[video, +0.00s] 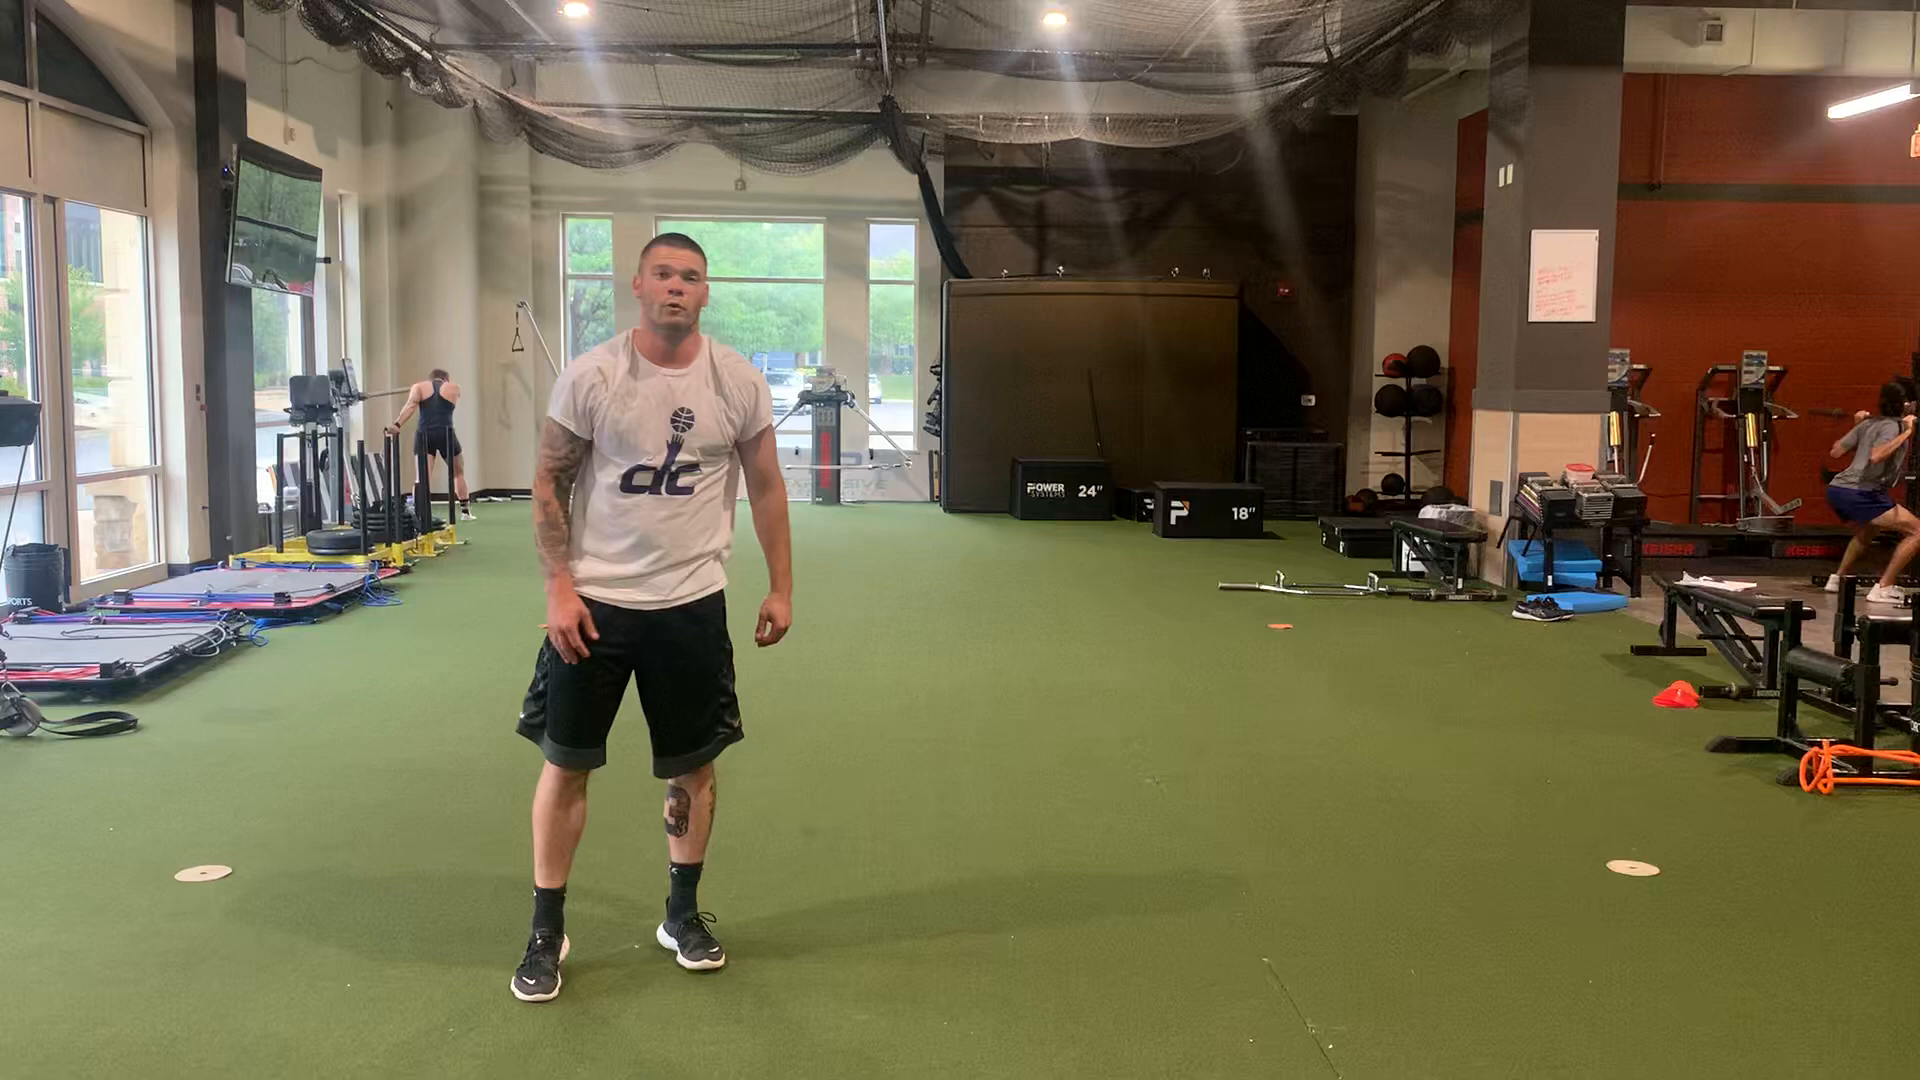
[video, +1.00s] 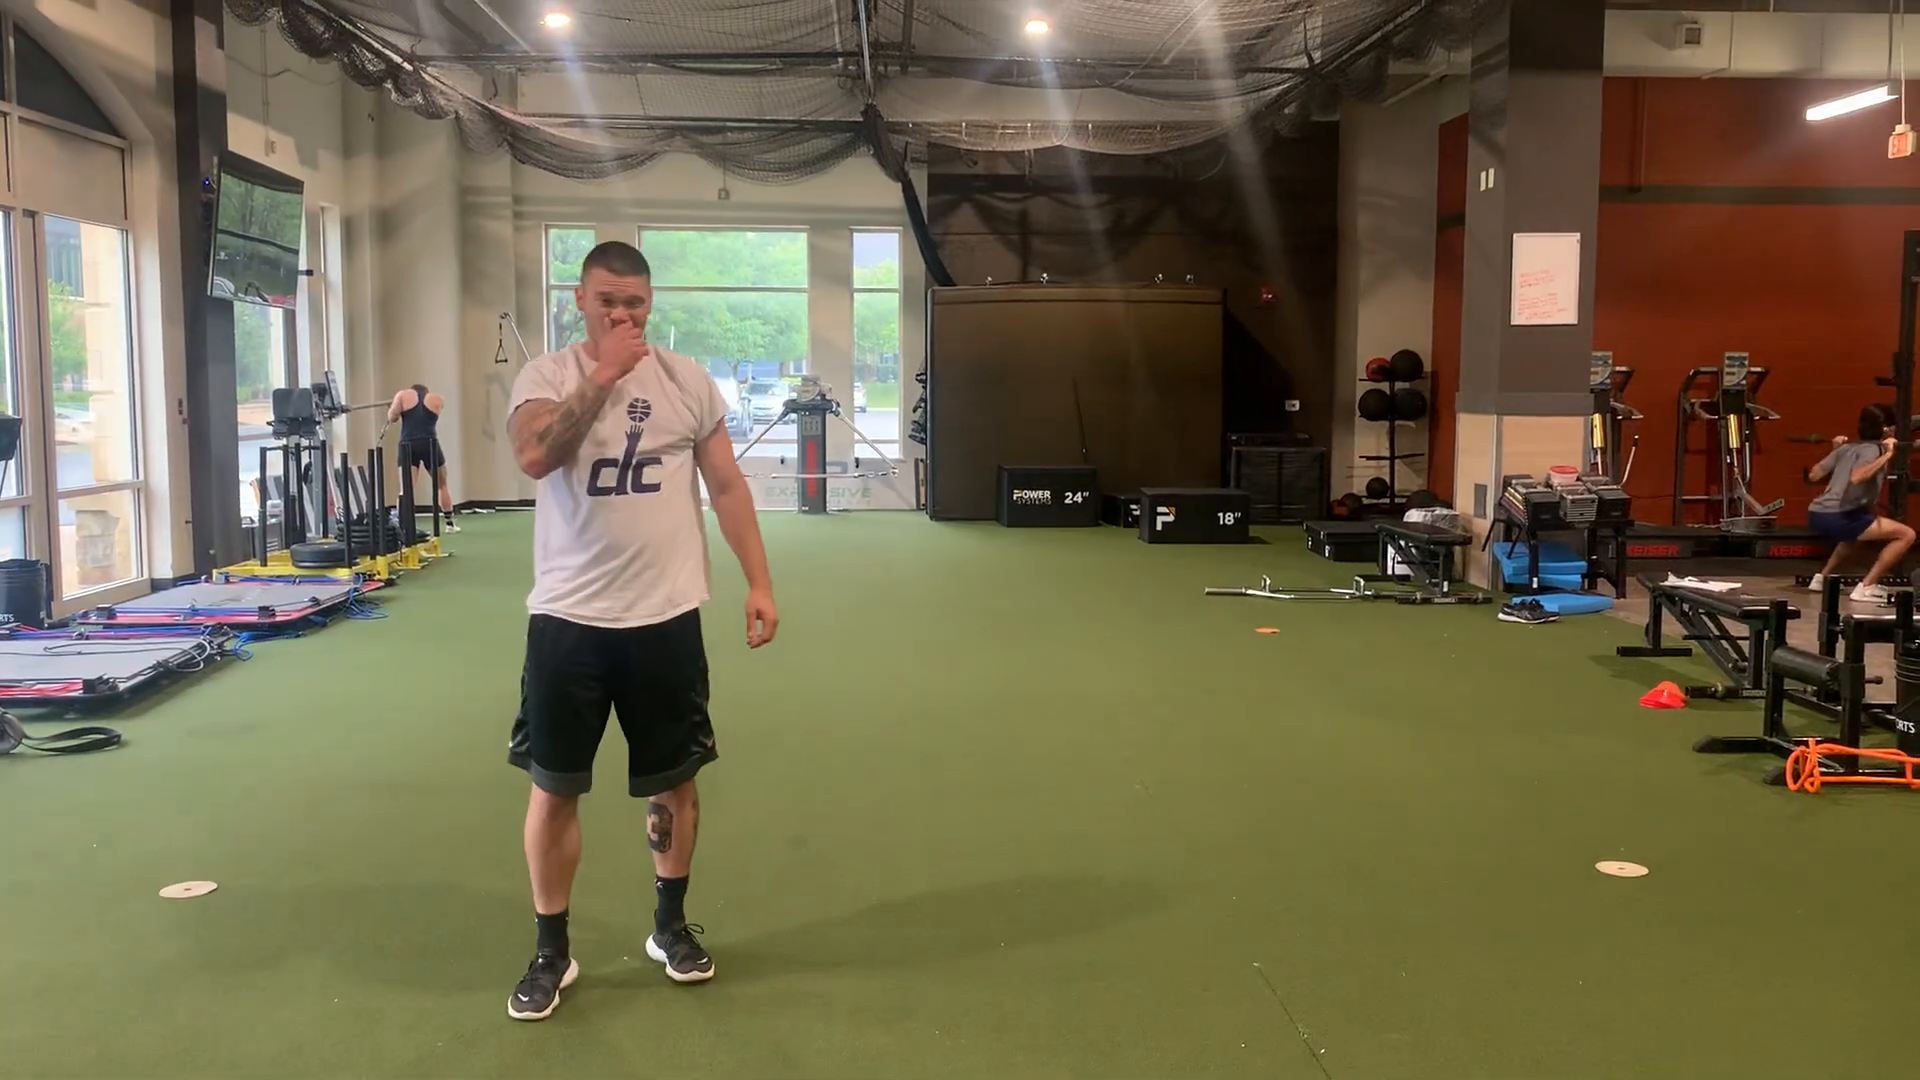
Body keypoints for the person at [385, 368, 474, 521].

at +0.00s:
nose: (449, 383)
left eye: (447, 381)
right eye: (448, 381)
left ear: (430, 378)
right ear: (446, 379)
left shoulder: (419, 387)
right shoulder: (454, 388)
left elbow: (410, 406)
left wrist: (397, 424)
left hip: (424, 435)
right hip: (445, 434)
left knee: (422, 476)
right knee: (458, 473)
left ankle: (417, 512)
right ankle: (465, 511)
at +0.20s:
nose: (445, 385)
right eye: (444, 383)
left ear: (427, 380)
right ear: (442, 382)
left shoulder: (416, 388)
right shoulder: (451, 390)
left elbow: (410, 408)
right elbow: (449, 406)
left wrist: (397, 429)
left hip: (422, 437)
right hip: (443, 436)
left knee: (420, 478)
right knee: (456, 475)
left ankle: (415, 515)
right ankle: (463, 514)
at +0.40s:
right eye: (439, 384)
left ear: (422, 383)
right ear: (438, 384)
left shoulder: (412, 390)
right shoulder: (447, 392)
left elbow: (405, 410)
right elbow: (444, 409)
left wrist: (393, 426)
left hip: (418, 440)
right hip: (439, 438)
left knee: (416, 481)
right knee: (452, 478)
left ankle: (412, 518)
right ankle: (459, 517)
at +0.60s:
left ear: (416, 384)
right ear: (432, 386)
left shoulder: (407, 391)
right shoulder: (441, 394)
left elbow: (398, 412)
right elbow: (438, 413)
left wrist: (391, 419)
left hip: (413, 441)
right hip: (434, 440)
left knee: (410, 482)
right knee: (446, 480)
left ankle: (404, 518)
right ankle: (454, 518)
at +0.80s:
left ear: (412, 387)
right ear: (428, 389)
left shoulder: (403, 393)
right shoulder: (437, 396)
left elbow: (393, 413)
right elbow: (436, 413)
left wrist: (401, 411)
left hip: (409, 442)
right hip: (430, 441)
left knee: (406, 483)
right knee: (442, 482)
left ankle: (400, 517)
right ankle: (450, 520)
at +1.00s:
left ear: (411, 390)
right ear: (427, 392)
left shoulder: (402, 395)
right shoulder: (437, 399)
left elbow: (392, 417)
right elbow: (433, 417)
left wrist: (402, 413)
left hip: (408, 445)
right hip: (429, 444)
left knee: (406, 487)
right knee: (442, 484)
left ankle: (400, 522)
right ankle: (450, 523)